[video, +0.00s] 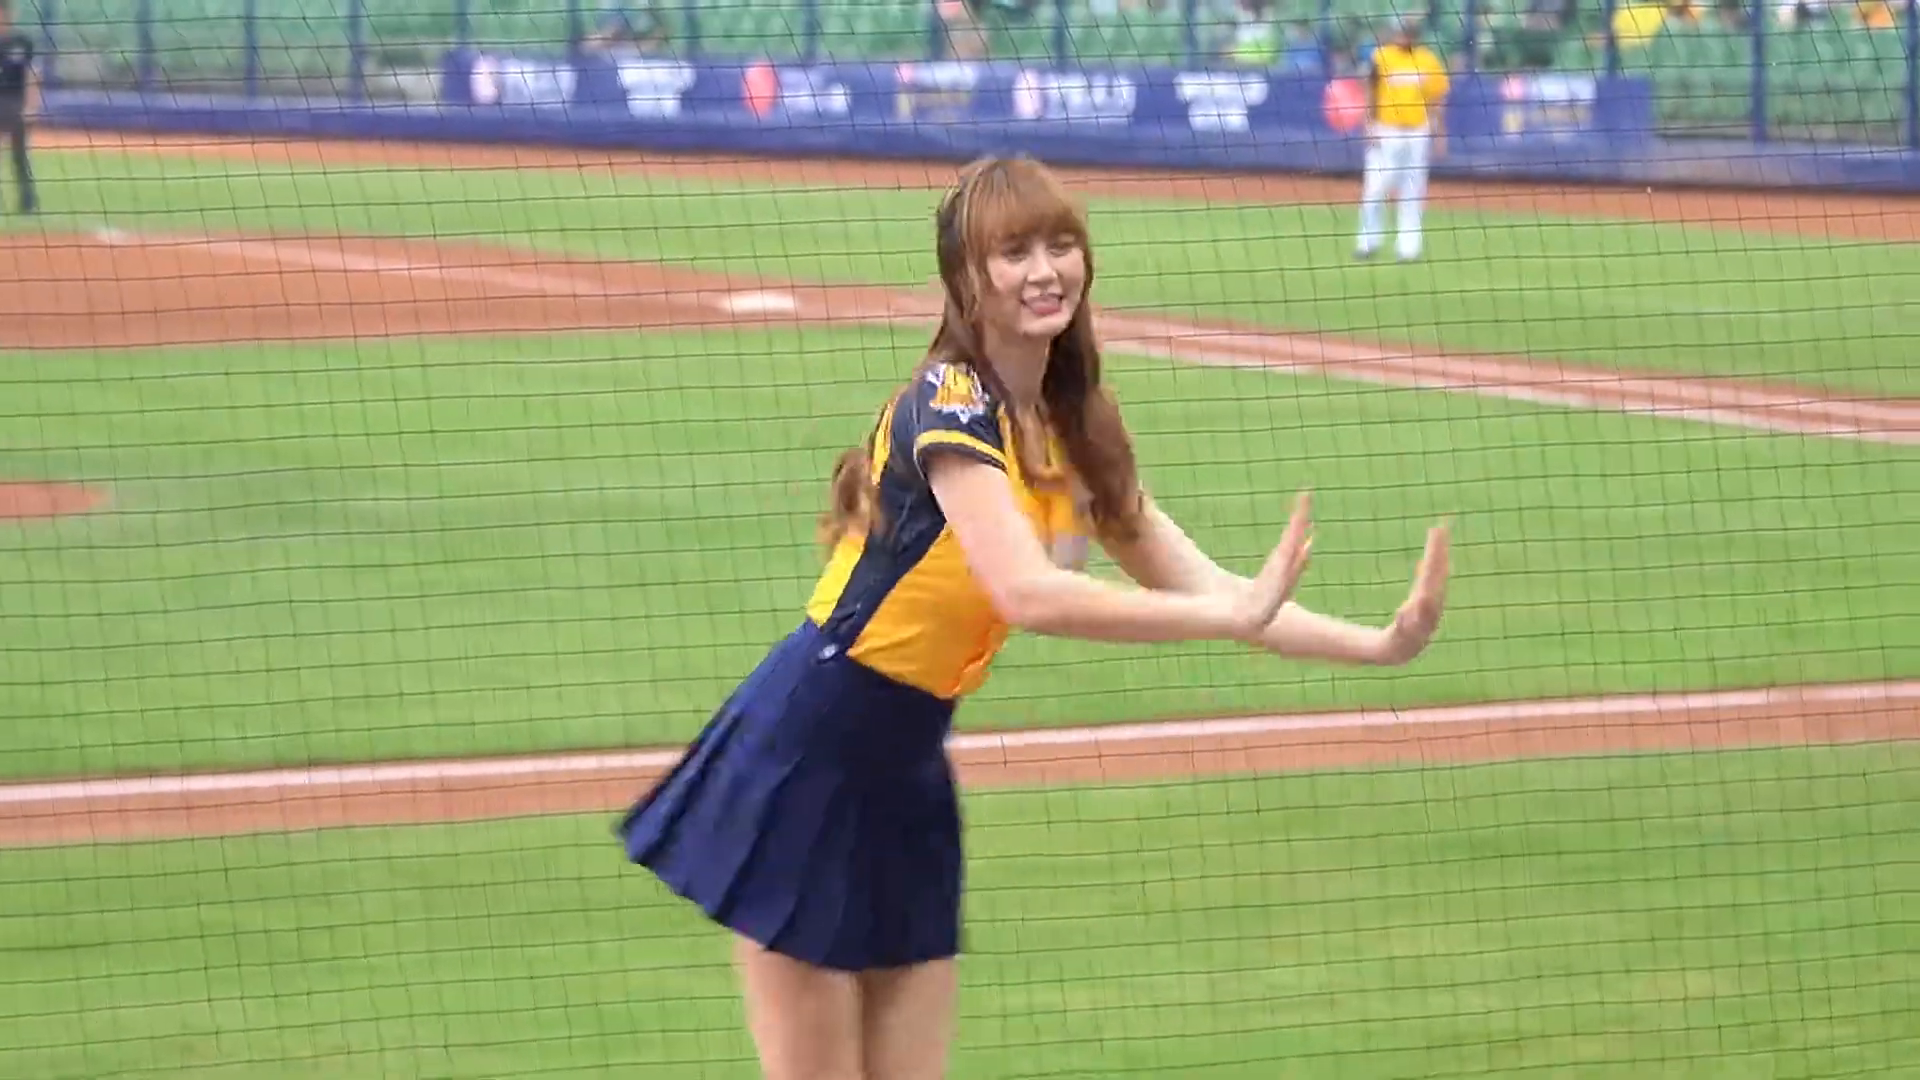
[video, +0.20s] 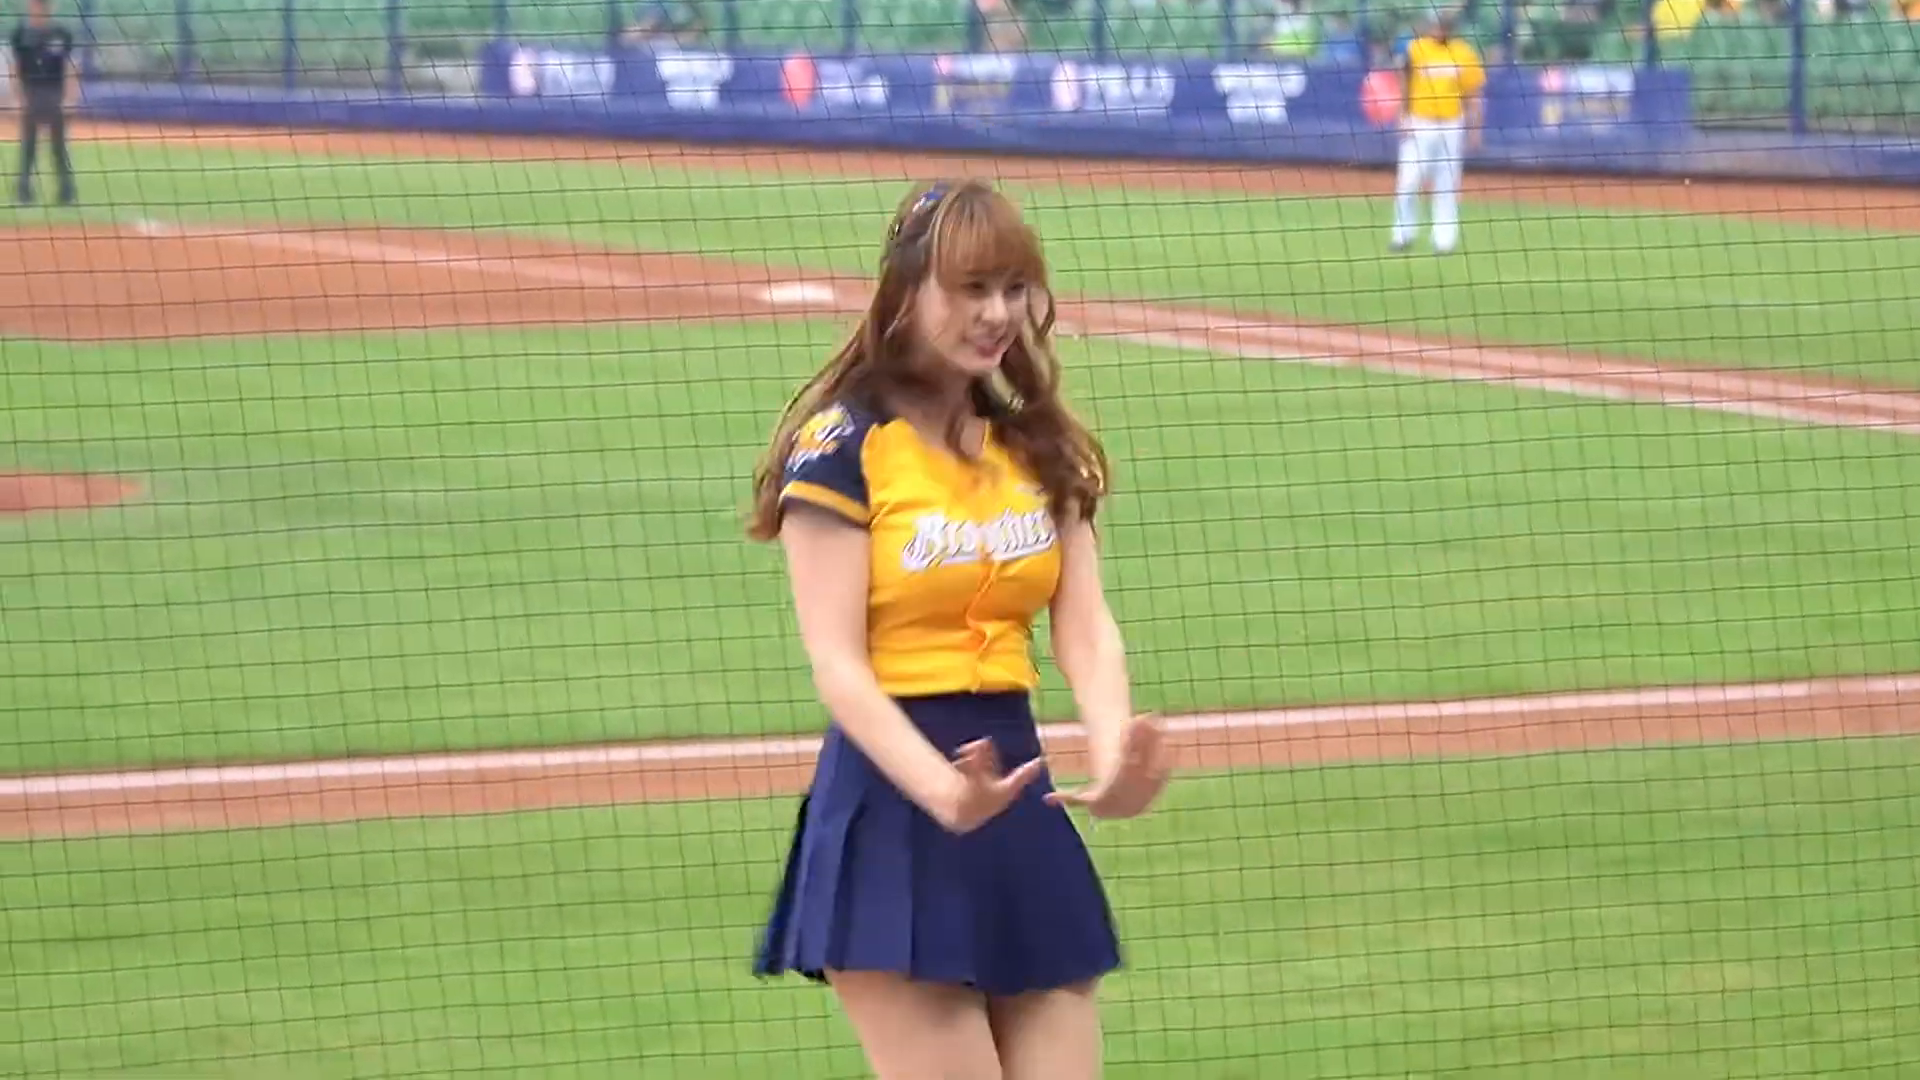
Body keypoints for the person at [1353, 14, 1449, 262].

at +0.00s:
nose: (1407, 38)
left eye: (1411, 33)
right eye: (1403, 32)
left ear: (1418, 35)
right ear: (1396, 33)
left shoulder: (1428, 60)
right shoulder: (1381, 57)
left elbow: (1436, 101)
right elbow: (1371, 91)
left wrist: (1439, 135)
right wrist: (1370, 123)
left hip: (1418, 132)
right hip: (1385, 131)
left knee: (1413, 189)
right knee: (1375, 187)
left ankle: (1409, 243)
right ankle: (1368, 238)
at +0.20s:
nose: (1441, 31)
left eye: (1446, 26)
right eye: (1437, 25)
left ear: (1452, 27)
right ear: (1429, 25)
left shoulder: (1464, 53)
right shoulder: (1415, 49)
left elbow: (1473, 95)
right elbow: (1404, 82)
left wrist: (1474, 129)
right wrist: (1404, 114)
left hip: (1452, 124)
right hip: (1419, 123)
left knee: (1447, 182)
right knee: (1408, 181)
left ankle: (1445, 235)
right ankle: (1403, 231)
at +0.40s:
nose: (1472, 22)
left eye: (1476, 17)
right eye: (1468, 17)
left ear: (1482, 19)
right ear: (1459, 18)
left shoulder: (1494, 45)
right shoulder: (1444, 42)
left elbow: (1506, 85)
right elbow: (1435, 76)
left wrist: (1507, 119)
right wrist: (1434, 108)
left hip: (1485, 117)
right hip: (1451, 116)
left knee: (1483, 175)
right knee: (1445, 175)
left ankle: (1484, 230)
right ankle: (1443, 228)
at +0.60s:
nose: (1500, 12)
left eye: (1504, 7)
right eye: (1495, 7)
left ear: (1510, 9)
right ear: (1489, 9)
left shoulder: (1526, 37)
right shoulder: (1475, 34)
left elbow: (1536, 79)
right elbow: (1465, 70)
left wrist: (1536, 112)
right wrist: (1466, 102)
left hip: (1516, 108)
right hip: (1482, 107)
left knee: (1519, 165)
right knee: (1482, 166)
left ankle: (1524, 220)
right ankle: (1483, 219)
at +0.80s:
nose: (1513, 8)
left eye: (1517, 3)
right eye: (1509, 4)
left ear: (1524, 5)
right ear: (1501, 5)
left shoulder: (1538, 28)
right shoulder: (1488, 29)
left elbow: (1550, 66)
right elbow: (1476, 65)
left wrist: (1549, 101)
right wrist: (1479, 101)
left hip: (1532, 99)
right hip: (1497, 100)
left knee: (1538, 157)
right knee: (1502, 158)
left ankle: (1546, 212)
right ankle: (1507, 212)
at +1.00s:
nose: (1510, 3)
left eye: (1514, 0)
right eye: (1507, 0)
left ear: (1522, 1)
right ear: (1499, 1)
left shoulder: (1537, 20)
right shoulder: (1485, 22)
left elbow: (1550, 61)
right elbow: (1474, 61)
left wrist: (1550, 96)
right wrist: (1476, 97)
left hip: (1532, 93)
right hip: (1497, 94)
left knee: (1539, 150)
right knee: (1502, 152)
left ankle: (1547, 206)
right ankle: (1508, 207)